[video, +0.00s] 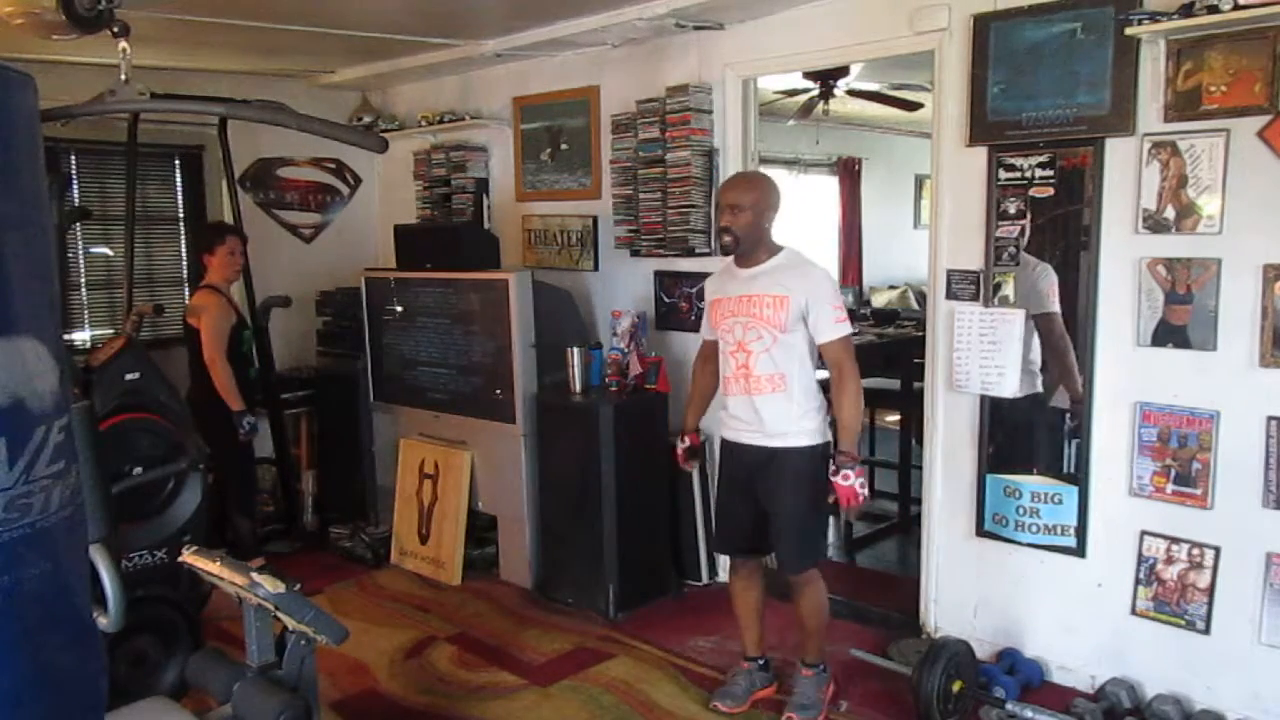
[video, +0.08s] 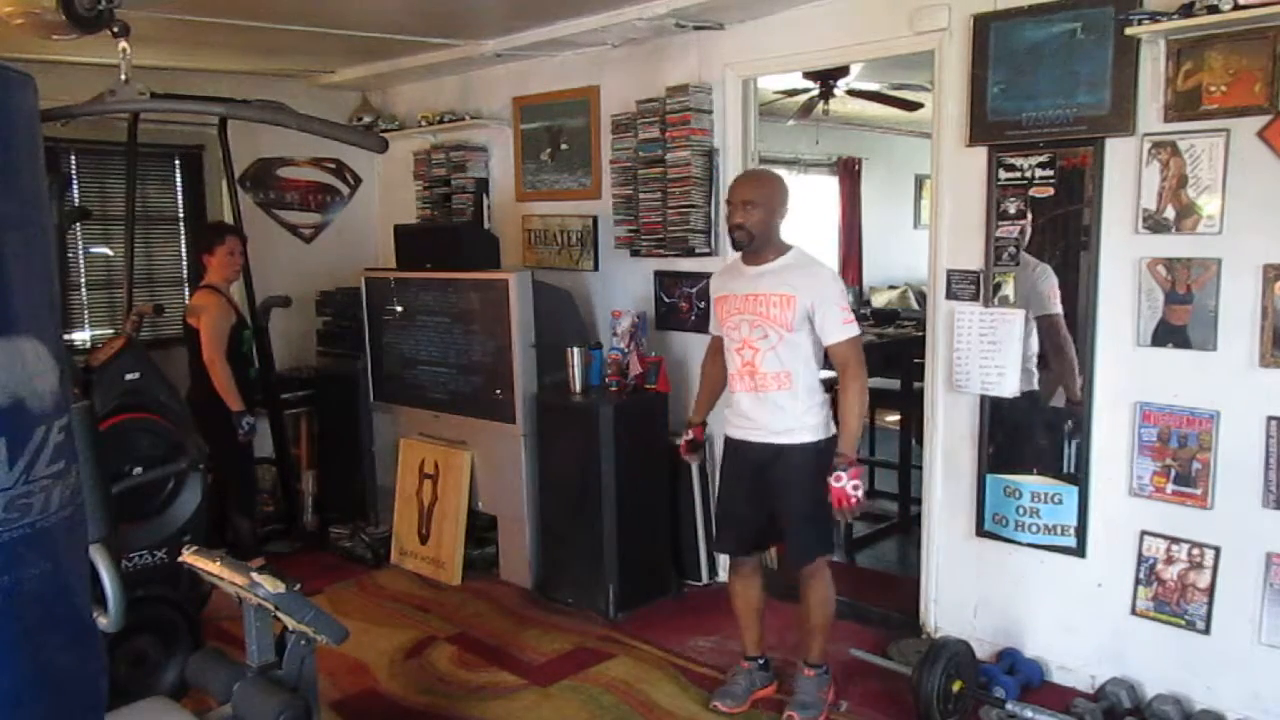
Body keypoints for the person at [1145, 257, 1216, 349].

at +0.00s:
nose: (1180, 273)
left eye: (1183, 270)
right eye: (1177, 270)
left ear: (1188, 273)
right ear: (1173, 272)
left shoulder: (1191, 287)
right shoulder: (1168, 286)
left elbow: (1213, 268)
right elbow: (1151, 266)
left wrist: (1195, 262)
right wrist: (1167, 262)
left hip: (1182, 329)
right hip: (1165, 327)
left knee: (1189, 357)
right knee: (1155, 356)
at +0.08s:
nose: (1180, 273)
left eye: (1183, 270)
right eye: (1177, 270)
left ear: (1188, 273)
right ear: (1173, 272)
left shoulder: (1191, 287)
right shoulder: (1168, 286)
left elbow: (1213, 269)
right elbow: (1151, 266)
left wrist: (1195, 262)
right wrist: (1167, 262)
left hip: (1182, 329)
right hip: (1165, 327)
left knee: (1189, 357)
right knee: (1155, 356)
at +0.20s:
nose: (1180, 273)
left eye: (1183, 270)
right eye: (1177, 270)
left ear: (1188, 273)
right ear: (1173, 272)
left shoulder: (1191, 287)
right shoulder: (1168, 286)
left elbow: (1213, 268)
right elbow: (1151, 265)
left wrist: (1195, 262)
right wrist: (1167, 262)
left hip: (1182, 329)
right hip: (1165, 327)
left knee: (1189, 357)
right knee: (1155, 356)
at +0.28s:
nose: (1180, 273)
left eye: (1183, 270)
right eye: (1177, 270)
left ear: (1188, 273)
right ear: (1173, 272)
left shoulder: (1191, 287)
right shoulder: (1168, 286)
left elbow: (1213, 268)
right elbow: (1151, 265)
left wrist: (1195, 262)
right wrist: (1167, 262)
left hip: (1182, 329)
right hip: (1165, 327)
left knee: (1189, 357)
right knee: (1155, 356)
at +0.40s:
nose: (1181, 273)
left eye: (1184, 269)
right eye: (1177, 270)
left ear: (1188, 273)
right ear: (1173, 272)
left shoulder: (1191, 287)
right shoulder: (1168, 286)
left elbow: (1213, 268)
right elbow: (1151, 265)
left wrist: (1195, 262)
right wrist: (1166, 261)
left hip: (1182, 329)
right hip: (1165, 327)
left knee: (1188, 358)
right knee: (1155, 356)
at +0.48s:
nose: (1180, 273)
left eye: (1183, 269)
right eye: (1177, 269)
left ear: (1188, 272)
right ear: (1173, 272)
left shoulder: (1192, 287)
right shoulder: (1168, 286)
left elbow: (1213, 269)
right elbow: (1151, 265)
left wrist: (1195, 262)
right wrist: (1166, 261)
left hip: (1182, 328)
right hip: (1165, 327)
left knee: (1188, 357)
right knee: (1155, 356)